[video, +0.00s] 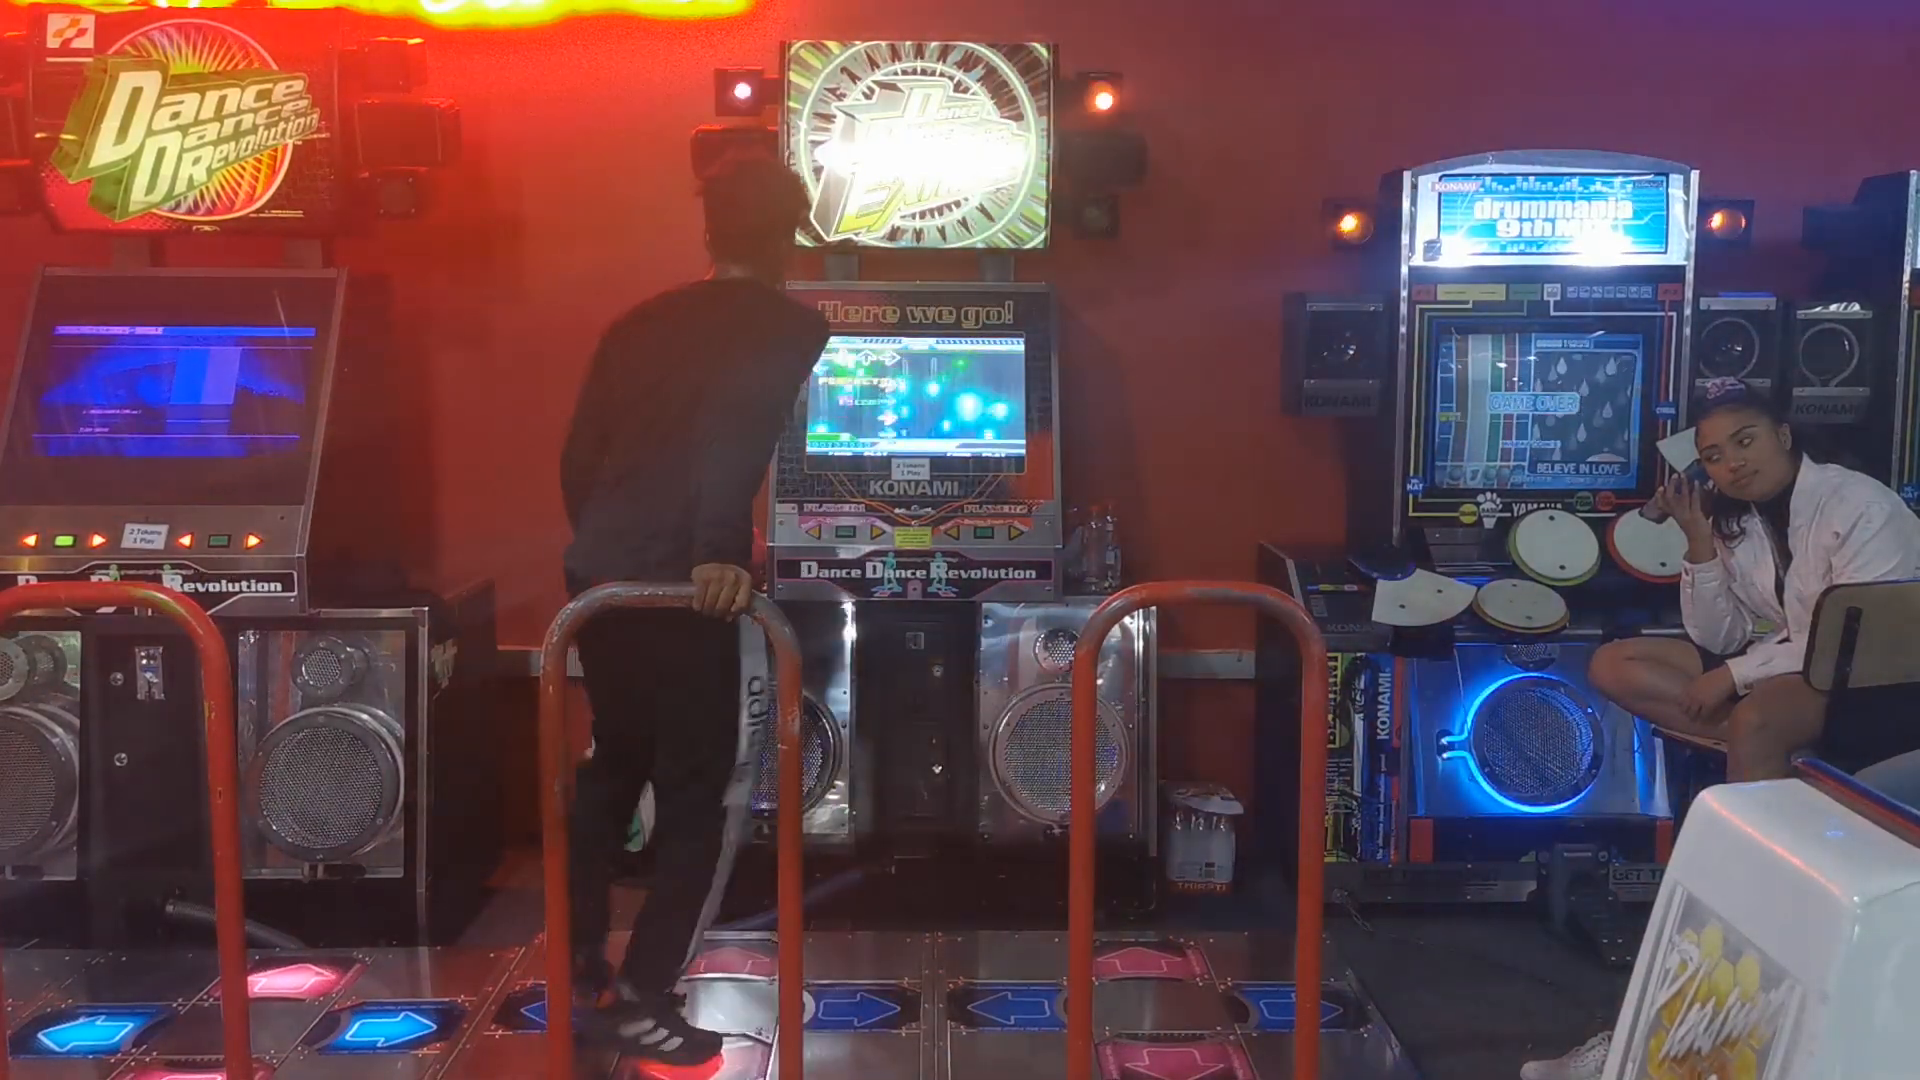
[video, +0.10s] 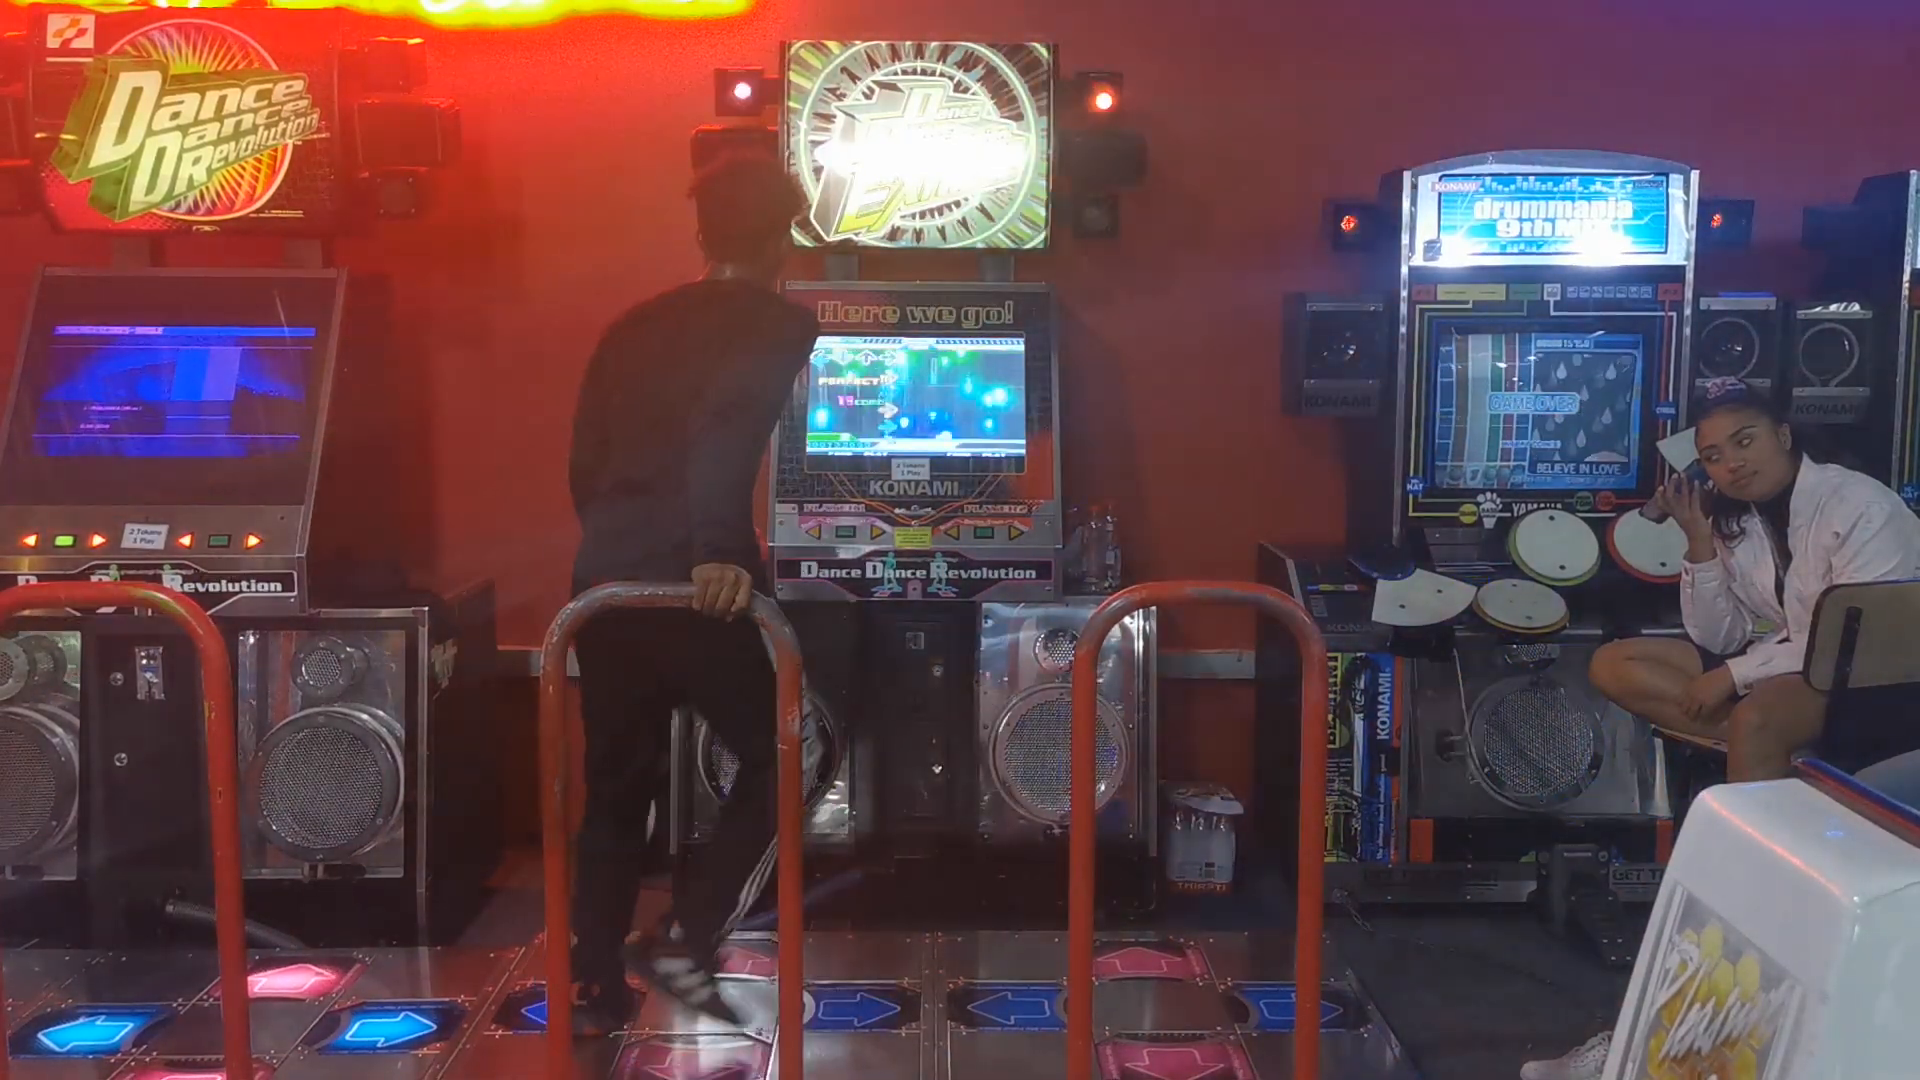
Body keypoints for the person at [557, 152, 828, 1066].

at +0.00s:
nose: (791, 247)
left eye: (775, 229)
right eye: (791, 232)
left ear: (712, 233)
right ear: (788, 235)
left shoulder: (636, 323)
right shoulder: (790, 325)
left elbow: (580, 456)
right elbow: (739, 432)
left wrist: (602, 554)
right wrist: (722, 541)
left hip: (600, 575)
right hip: (693, 578)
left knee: (614, 758)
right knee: (692, 795)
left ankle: (580, 953)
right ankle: (644, 1003)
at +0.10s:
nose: (794, 247)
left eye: (786, 231)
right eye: (791, 233)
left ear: (706, 235)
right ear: (779, 235)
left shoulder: (631, 324)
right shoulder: (778, 318)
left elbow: (587, 459)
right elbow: (729, 422)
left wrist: (618, 544)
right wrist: (721, 542)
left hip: (609, 585)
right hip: (703, 583)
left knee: (617, 791)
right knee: (776, 754)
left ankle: (596, 994)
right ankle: (690, 944)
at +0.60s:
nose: (804, 260)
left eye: (799, 247)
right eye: (801, 247)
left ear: (719, 255)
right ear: (790, 254)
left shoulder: (658, 348)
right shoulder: (781, 341)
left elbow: (637, 481)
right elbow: (719, 433)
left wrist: (651, 569)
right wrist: (720, 546)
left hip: (643, 600)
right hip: (740, 591)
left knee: (662, 771)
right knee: (842, 741)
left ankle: (602, 973)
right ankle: (820, 946)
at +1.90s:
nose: (820, 256)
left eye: (813, 242)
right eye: (819, 243)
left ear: (734, 249)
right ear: (811, 249)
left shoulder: (672, 343)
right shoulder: (822, 344)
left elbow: (642, 480)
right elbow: (773, 438)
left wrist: (668, 568)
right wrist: (734, 544)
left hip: (674, 591)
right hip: (781, 587)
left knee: (670, 769)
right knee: (819, 773)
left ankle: (699, 963)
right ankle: (832, 973)